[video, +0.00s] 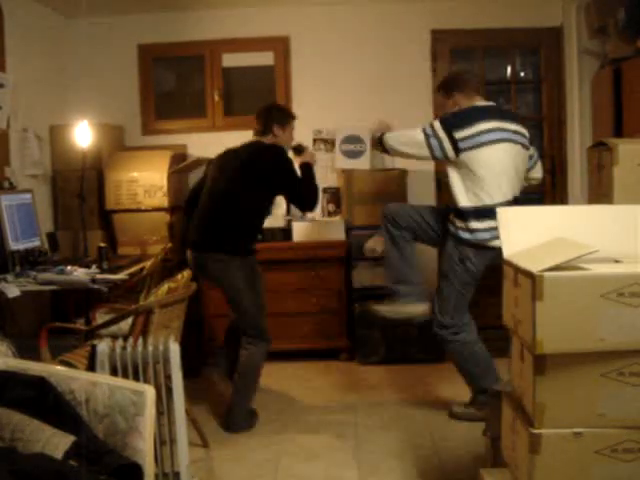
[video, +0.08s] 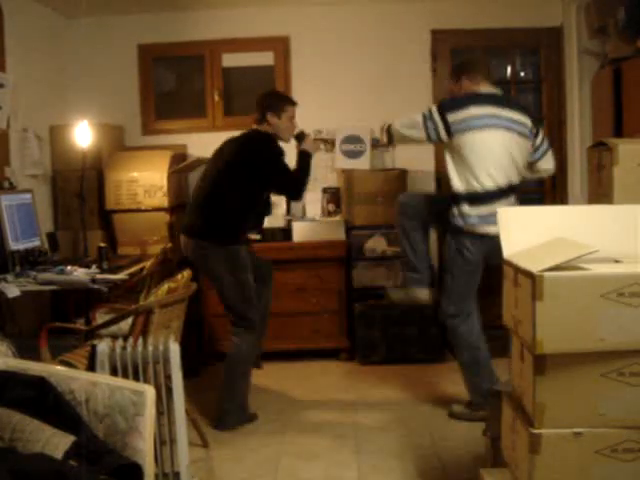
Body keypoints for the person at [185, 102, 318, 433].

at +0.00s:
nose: (291, 138)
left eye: (291, 131)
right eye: (290, 132)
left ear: (259, 129)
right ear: (277, 130)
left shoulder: (227, 157)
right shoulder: (275, 159)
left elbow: (192, 203)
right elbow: (306, 202)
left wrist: (189, 245)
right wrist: (307, 167)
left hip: (203, 250)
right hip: (234, 253)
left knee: (242, 314)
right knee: (256, 334)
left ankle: (226, 371)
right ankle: (238, 414)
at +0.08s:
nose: (295, 125)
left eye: (294, 118)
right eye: (290, 118)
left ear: (265, 119)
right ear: (272, 118)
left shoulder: (237, 143)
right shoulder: (263, 147)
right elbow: (294, 189)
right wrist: (306, 154)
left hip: (199, 236)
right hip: (219, 242)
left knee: (262, 272)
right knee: (246, 325)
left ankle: (250, 347)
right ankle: (232, 412)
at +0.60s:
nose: (255, 95)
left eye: (258, 89)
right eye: (248, 90)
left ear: (264, 94)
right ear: (233, 96)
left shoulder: (266, 137)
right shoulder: (217, 125)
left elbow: (272, 186)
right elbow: (222, 156)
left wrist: (285, 228)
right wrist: (250, 115)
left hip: (250, 233)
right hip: (217, 236)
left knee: (291, 267)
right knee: (236, 312)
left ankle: (282, 349)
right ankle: (221, 391)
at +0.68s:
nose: (251, 99)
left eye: (257, 93)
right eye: (244, 92)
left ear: (263, 100)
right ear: (229, 97)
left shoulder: (270, 139)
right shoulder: (215, 129)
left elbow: (281, 187)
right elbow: (214, 153)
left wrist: (294, 231)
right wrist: (239, 113)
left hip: (255, 237)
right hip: (221, 239)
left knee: (286, 297)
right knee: (237, 317)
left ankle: (278, 381)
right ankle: (236, 393)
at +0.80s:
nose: (250, 108)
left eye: (254, 102)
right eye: (244, 103)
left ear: (264, 109)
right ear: (235, 111)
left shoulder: (278, 146)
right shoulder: (220, 143)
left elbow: (296, 193)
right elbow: (194, 151)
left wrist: (308, 237)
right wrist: (228, 118)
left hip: (266, 249)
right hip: (229, 251)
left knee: (282, 320)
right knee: (242, 328)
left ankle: (278, 393)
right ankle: (239, 394)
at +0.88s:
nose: (251, 102)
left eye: (256, 96)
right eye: (245, 98)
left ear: (267, 104)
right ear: (236, 106)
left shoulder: (282, 141)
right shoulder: (222, 139)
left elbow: (303, 187)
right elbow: (193, 148)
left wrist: (315, 233)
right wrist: (228, 114)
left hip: (272, 241)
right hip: (236, 244)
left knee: (292, 298)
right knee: (244, 320)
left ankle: (286, 375)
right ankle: (238, 393)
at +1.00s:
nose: (257, 82)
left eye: (264, 76)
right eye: (251, 76)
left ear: (275, 85)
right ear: (241, 85)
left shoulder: (293, 125)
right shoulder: (231, 122)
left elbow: (316, 175)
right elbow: (198, 145)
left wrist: (329, 222)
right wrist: (233, 106)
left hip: (287, 220)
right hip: (251, 225)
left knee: (309, 263)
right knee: (257, 309)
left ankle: (306, 347)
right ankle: (247, 387)